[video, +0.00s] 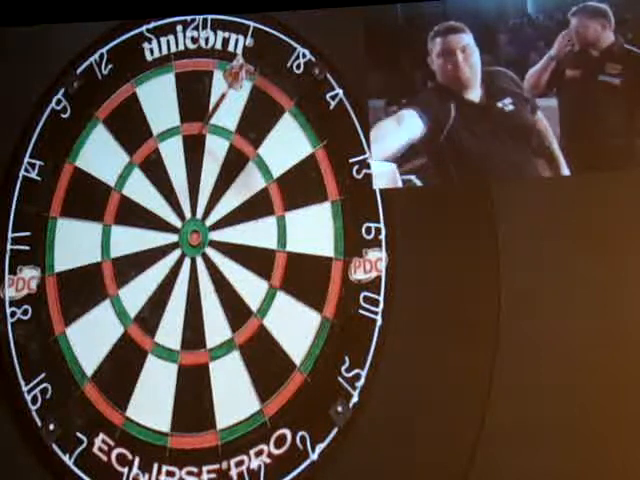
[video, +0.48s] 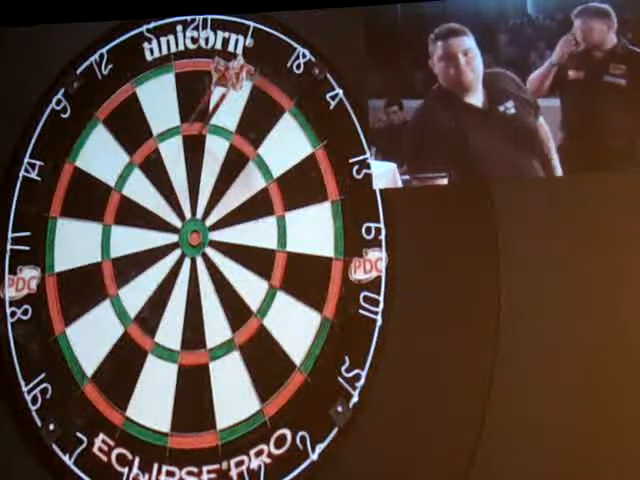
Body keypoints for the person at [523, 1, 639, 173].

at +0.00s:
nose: (574, 34)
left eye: (581, 28)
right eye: (573, 28)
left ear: (605, 26)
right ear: (570, 28)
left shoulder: (632, 61)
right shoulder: (567, 61)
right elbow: (530, 90)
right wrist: (554, 54)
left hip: (622, 164)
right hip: (577, 163)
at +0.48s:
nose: (581, 35)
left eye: (588, 28)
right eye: (578, 29)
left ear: (610, 26)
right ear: (574, 30)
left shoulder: (633, 60)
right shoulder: (570, 61)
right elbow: (533, 91)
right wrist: (555, 59)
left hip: (622, 159)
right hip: (576, 160)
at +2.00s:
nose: (597, 29)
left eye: (604, 22)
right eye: (592, 23)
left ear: (622, 25)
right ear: (586, 28)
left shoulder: (635, 63)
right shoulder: (568, 61)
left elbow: (637, 125)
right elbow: (549, 102)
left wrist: (614, 143)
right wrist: (558, 127)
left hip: (625, 172)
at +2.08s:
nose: (597, 29)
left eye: (604, 23)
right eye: (591, 23)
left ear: (622, 25)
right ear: (585, 28)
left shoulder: (635, 63)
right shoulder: (568, 61)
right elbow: (549, 104)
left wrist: (619, 146)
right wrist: (558, 132)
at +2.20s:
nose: (597, 29)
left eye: (604, 23)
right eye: (592, 23)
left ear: (623, 26)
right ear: (586, 28)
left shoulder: (635, 62)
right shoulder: (569, 61)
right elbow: (546, 105)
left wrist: (633, 154)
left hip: (626, 168)